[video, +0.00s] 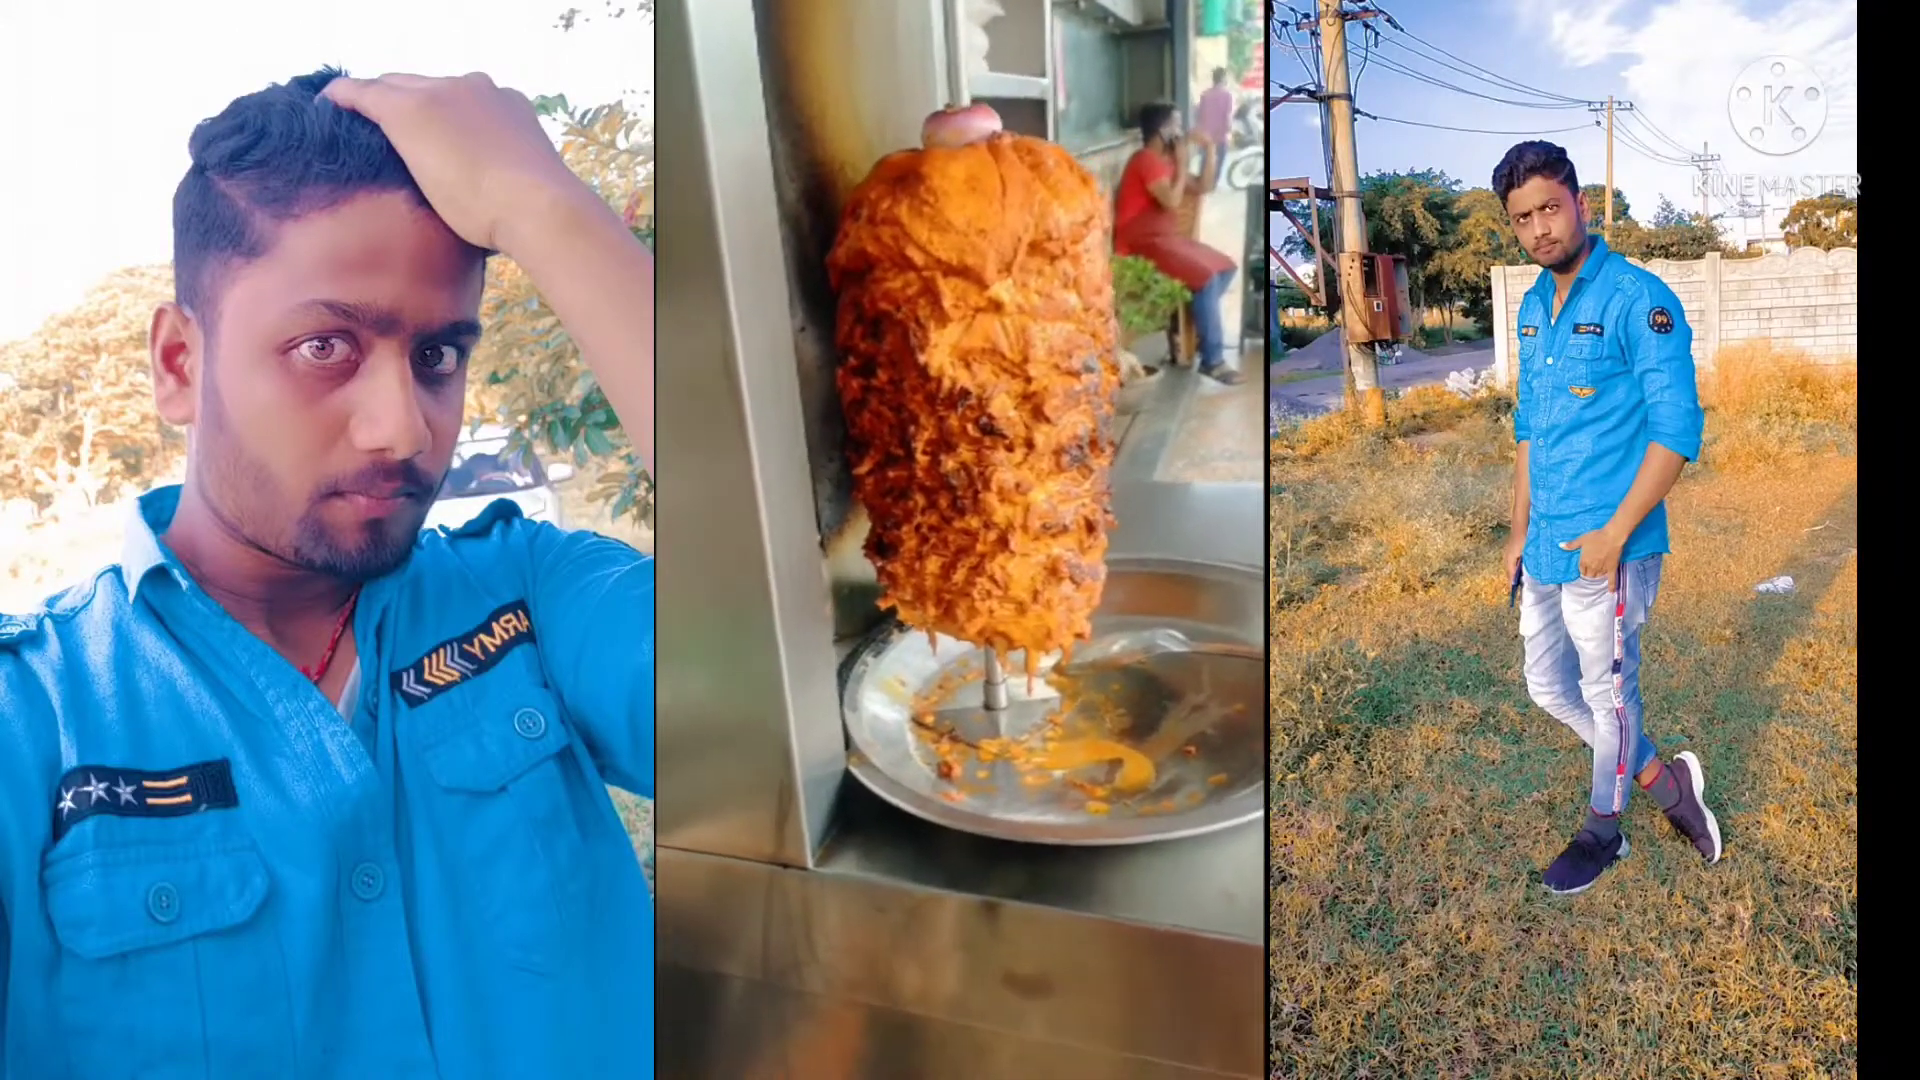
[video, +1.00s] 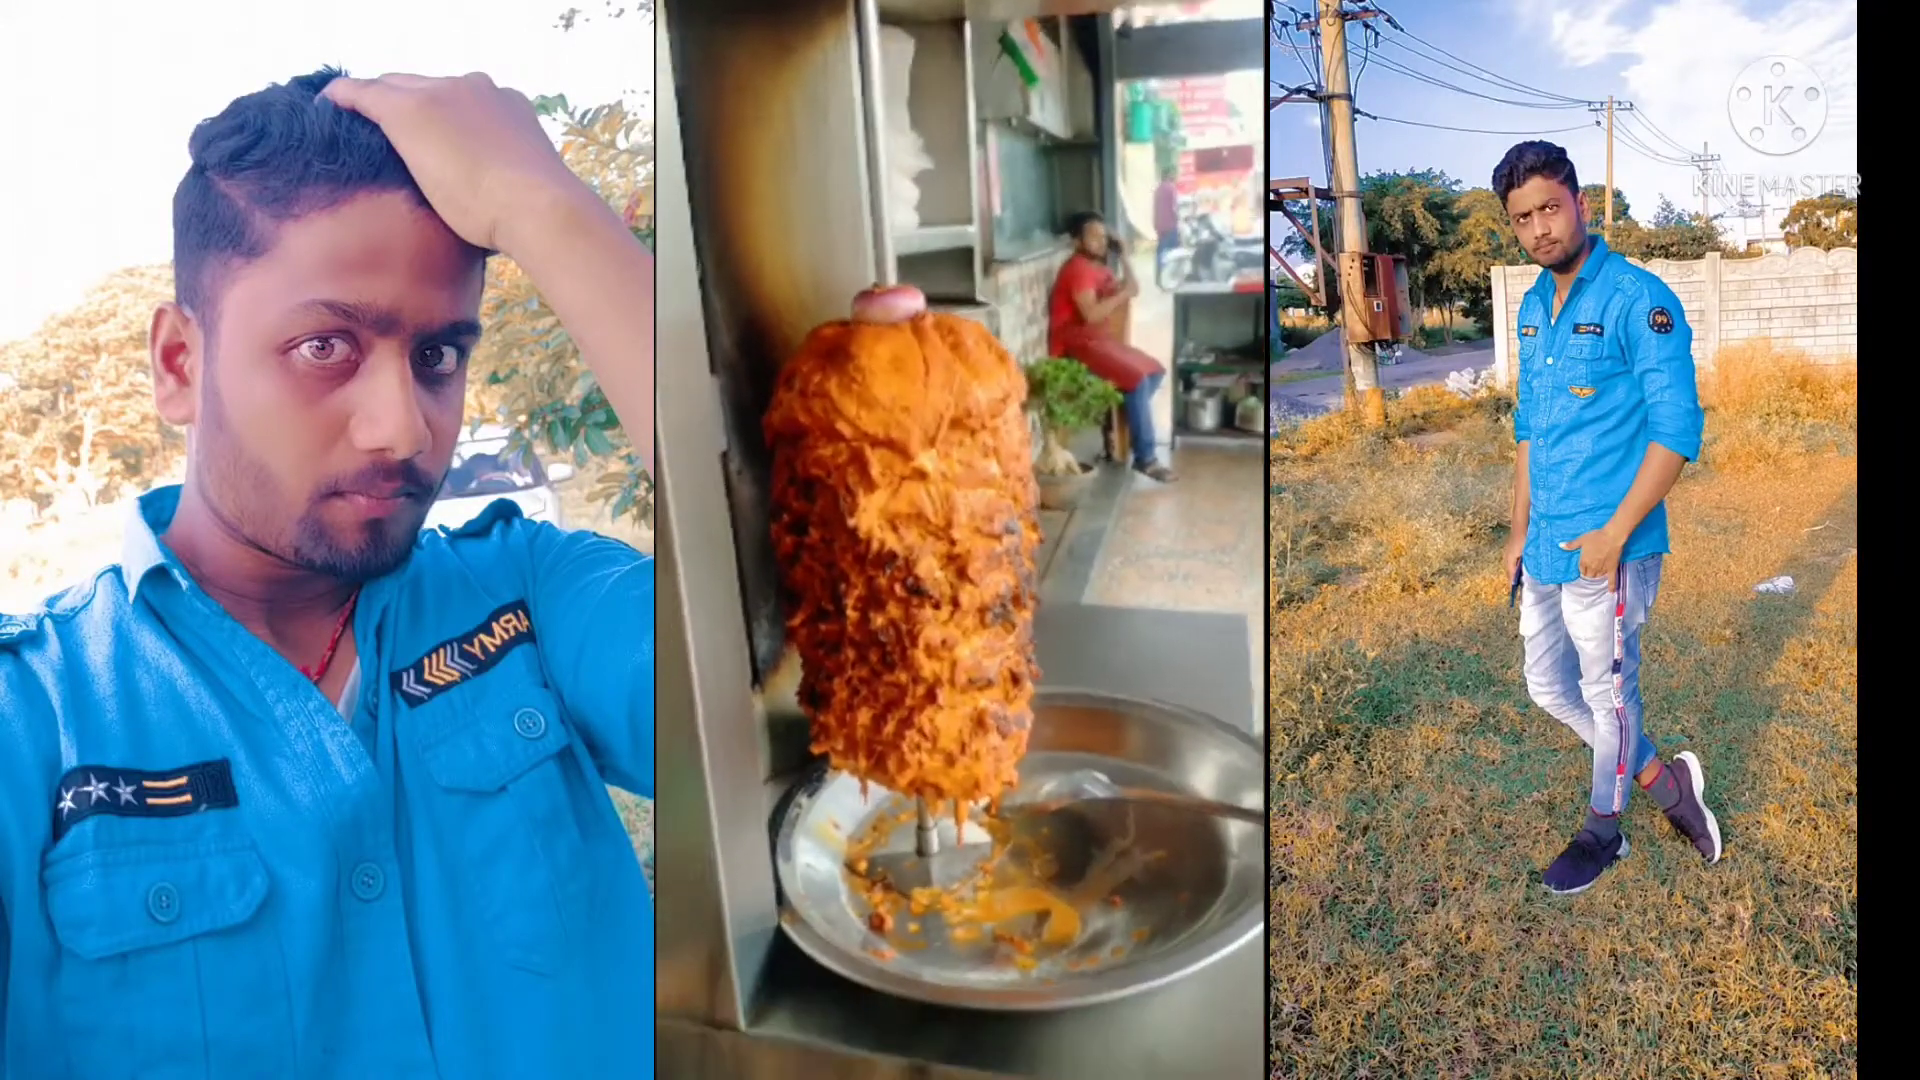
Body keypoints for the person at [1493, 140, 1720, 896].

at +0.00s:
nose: (1538, 228)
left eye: (1549, 208)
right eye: (1522, 218)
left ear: (1581, 203)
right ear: (1513, 228)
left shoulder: (1640, 298)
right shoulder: (1534, 308)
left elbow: (1678, 432)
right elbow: (1529, 432)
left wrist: (1615, 533)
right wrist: (1520, 530)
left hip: (1611, 537)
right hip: (1543, 539)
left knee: (1610, 690)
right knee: (1549, 684)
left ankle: (1602, 828)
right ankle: (1666, 778)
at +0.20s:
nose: (1538, 228)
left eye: (1549, 208)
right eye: (1522, 218)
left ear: (1581, 203)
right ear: (1513, 228)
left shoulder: (1640, 298)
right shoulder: (1534, 307)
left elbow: (1678, 431)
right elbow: (1529, 431)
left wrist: (1615, 532)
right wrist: (1520, 530)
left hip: (1611, 536)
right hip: (1544, 538)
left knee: (1610, 689)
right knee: (1548, 684)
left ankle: (1602, 828)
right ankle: (1666, 778)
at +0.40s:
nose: (1538, 228)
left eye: (1549, 208)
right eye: (1522, 218)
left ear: (1581, 203)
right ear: (1513, 228)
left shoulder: (1640, 298)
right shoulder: (1534, 307)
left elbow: (1678, 431)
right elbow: (1529, 431)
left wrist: (1615, 532)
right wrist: (1520, 530)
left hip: (1611, 536)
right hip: (1544, 538)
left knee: (1610, 689)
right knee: (1548, 684)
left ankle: (1602, 828)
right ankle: (1666, 778)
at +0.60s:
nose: (1538, 228)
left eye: (1549, 208)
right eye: (1522, 218)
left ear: (1582, 203)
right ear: (1513, 228)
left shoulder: (1640, 298)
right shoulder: (1534, 307)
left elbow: (1678, 432)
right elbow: (1529, 431)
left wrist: (1616, 531)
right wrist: (1520, 529)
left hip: (1612, 535)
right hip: (1544, 537)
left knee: (1610, 688)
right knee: (1549, 684)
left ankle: (1602, 828)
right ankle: (1665, 778)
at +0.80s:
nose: (1538, 228)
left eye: (1549, 208)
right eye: (1522, 218)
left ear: (1581, 203)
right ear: (1513, 228)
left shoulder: (1640, 298)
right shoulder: (1534, 307)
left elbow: (1678, 431)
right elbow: (1529, 431)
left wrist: (1615, 532)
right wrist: (1520, 529)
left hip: (1611, 536)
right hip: (1544, 538)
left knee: (1610, 689)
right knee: (1549, 684)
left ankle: (1602, 829)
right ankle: (1666, 778)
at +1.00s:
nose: (1539, 228)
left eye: (1550, 208)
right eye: (1523, 218)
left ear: (1582, 203)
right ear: (1513, 228)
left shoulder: (1640, 298)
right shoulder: (1534, 307)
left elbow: (1678, 432)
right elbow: (1529, 430)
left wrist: (1616, 531)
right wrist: (1519, 528)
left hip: (1611, 536)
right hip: (1544, 538)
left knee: (1610, 689)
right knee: (1549, 684)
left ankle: (1602, 828)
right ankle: (1665, 778)